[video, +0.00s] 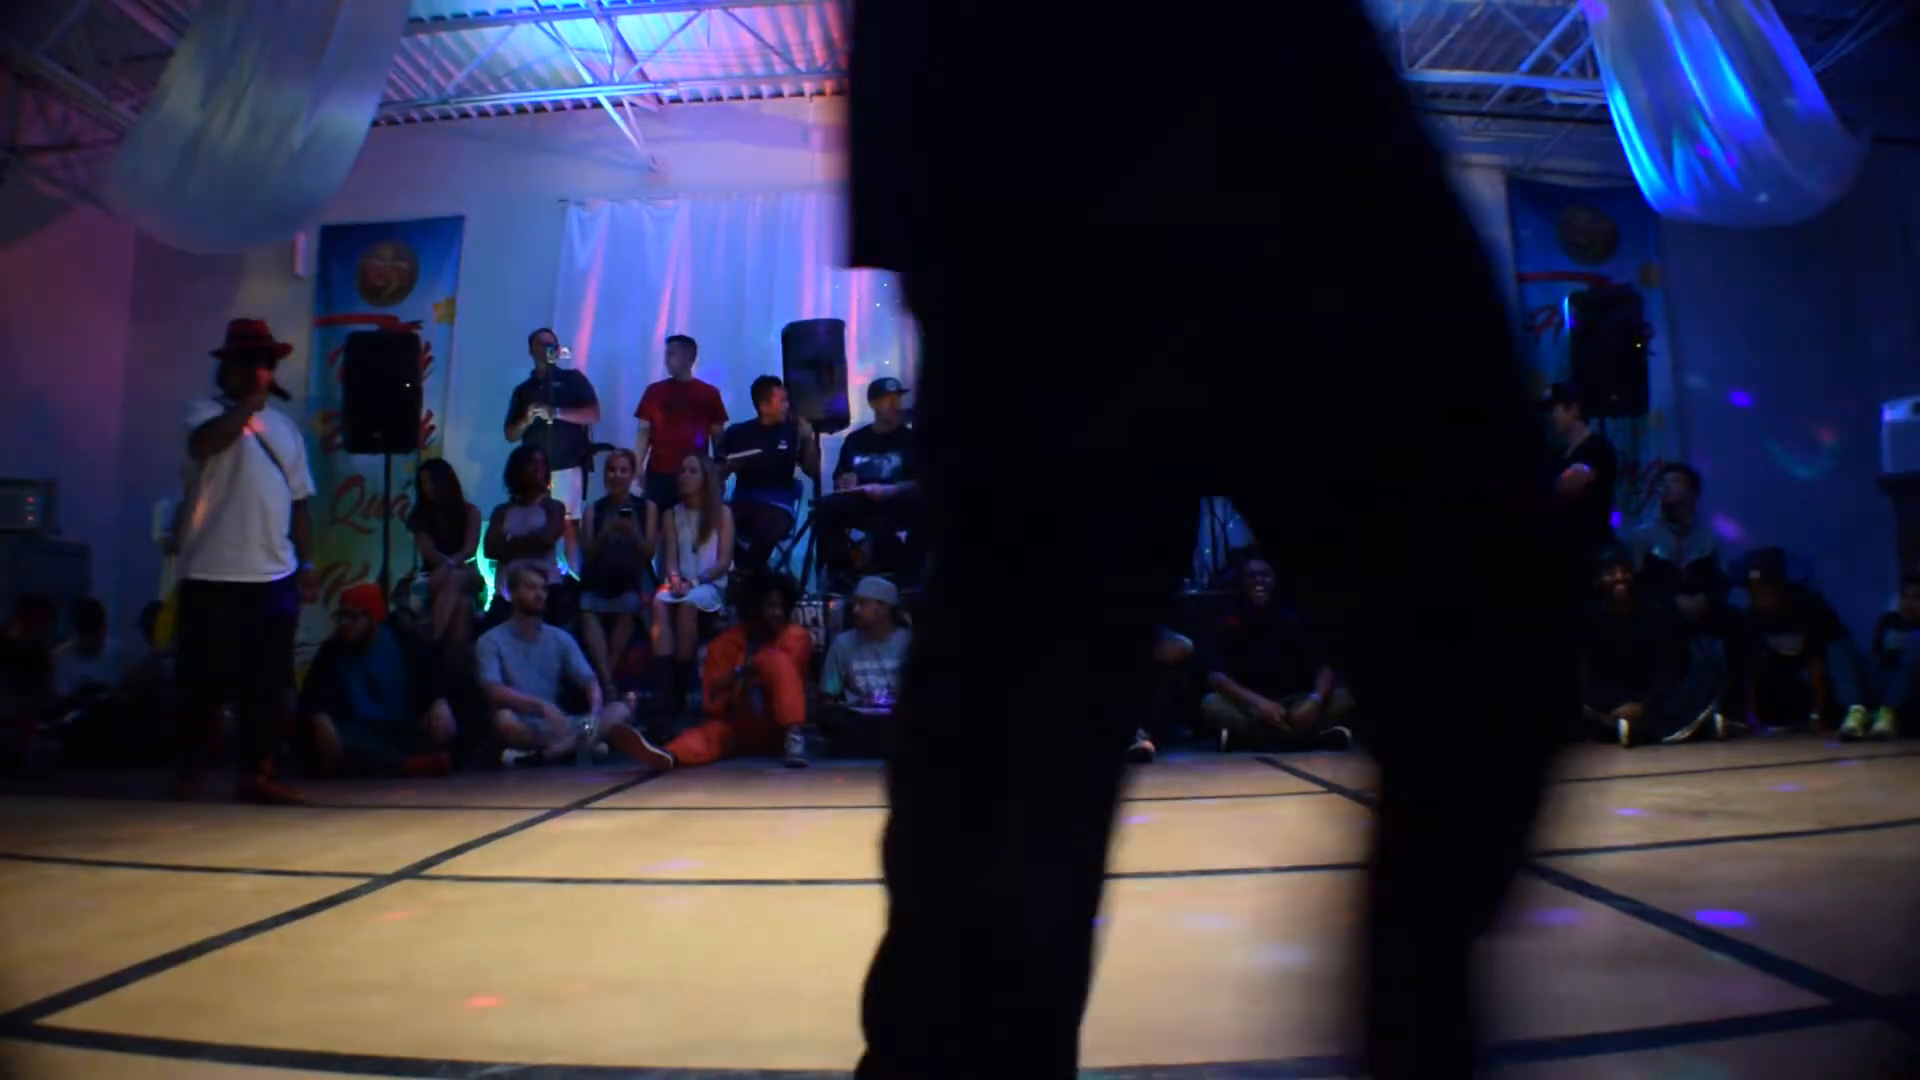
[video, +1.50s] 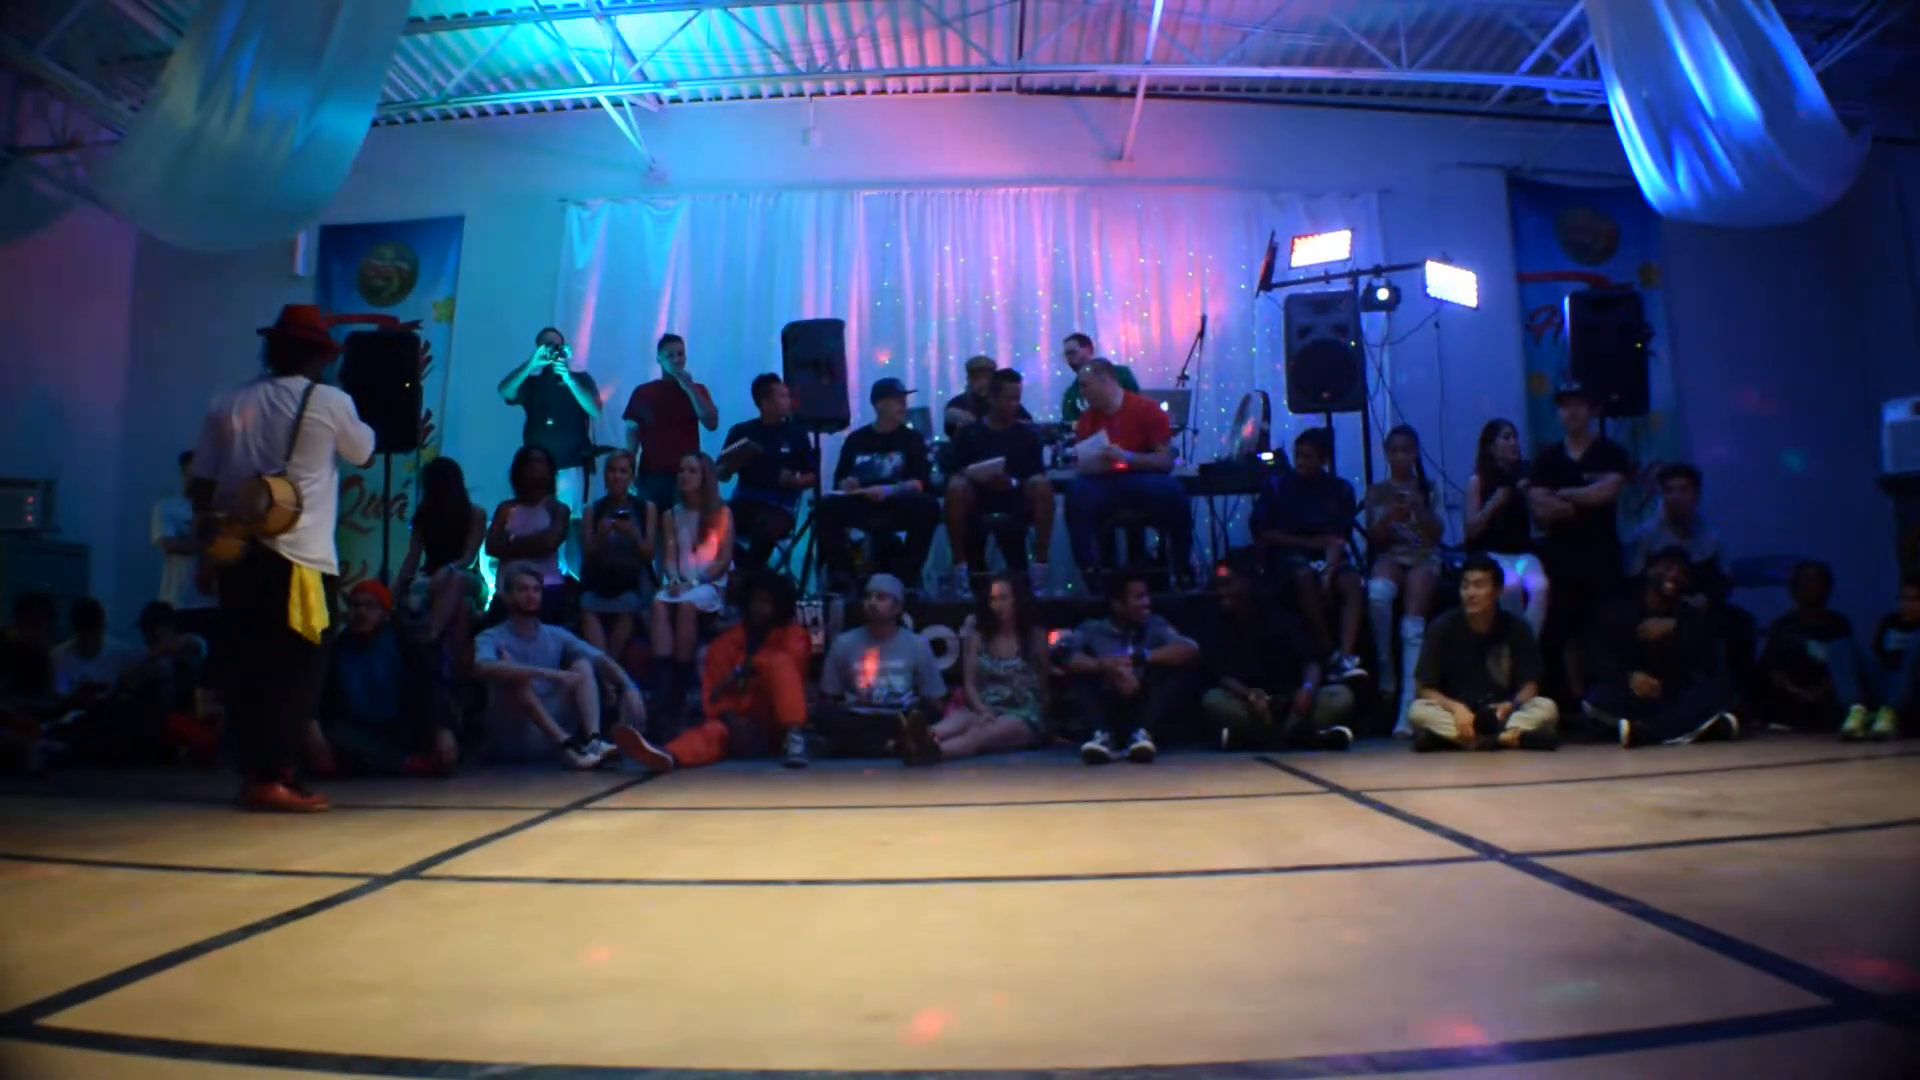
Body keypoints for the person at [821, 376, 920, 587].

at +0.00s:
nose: (893, 406)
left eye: (896, 400)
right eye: (887, 400)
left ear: (901, 402)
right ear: (874, 404)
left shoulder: (912, 440)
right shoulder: (855, 439)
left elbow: (921, 482)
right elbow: (841, 479)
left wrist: (889, 490)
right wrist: (855, 487)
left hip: (898, 502)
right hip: (860, 501)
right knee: (828, 507)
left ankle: (906, 577)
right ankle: (838, 574)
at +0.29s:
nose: (900, 404)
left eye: (901, 398)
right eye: (893, 399)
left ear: (903, 401)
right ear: (877, 404)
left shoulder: (912, 439)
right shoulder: (855, 440)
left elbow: (922, 481)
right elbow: (841, 478)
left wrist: (888, 490)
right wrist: (849, 484)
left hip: (898, 499)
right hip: (860, 499)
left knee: (926, 510)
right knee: (825, 510)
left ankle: (907, 578)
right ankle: (839, 578)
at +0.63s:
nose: (900, 406)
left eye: (902, 400)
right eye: (894, 401)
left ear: (905, 404)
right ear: (878, 405)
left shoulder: (912, 439)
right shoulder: (857, 439)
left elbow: (920, 481)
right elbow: (842, 480)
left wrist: (886, 491)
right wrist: (862, 491)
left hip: (899, 498)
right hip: (862, 499)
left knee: (926, 508)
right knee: (827, 509)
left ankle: (908, 577)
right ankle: (841, 579)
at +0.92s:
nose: (902, 407)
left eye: (902, 401)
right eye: (895, 401)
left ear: (904, 403)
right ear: (880, 405)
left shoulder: (913, 440)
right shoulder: (858, 441)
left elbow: (922, 481)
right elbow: (842, 482)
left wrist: (889, 491)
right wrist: (864, 491)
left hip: (900, 500)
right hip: (863, 501)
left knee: (926, 510)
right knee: (827, 510)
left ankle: (909, 577)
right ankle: (844, 578)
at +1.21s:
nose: (903, 407)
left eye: (904, 401)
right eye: (897, 401)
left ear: (905, 403)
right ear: (879, 404)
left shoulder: (912, 439)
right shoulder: (856, 440)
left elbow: (921, 481)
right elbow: (839, 481)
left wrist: (889, 491)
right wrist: (847, 484)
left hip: (899, 501)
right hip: (861, 501)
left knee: (928, 508)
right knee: (826, 508)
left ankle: (906, 579)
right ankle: (841, 577)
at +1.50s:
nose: (903, 407)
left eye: (904, 401)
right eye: (897, 401)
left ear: (905, 403)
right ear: (879, 405)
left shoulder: (912, 439)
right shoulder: (856, 439)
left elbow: (921, 482)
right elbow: (839, 481)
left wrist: (888, 491)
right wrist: (847, 484)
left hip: (898, 500)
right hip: (861, 500)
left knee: (927, 508)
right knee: (827, 508)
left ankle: (906, 579)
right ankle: (841, 578)